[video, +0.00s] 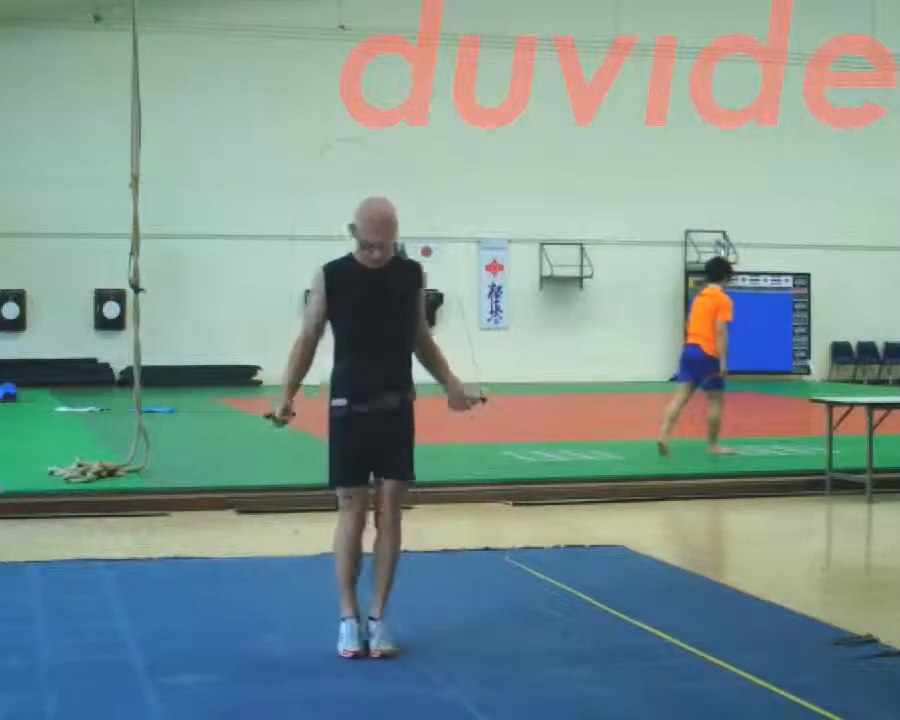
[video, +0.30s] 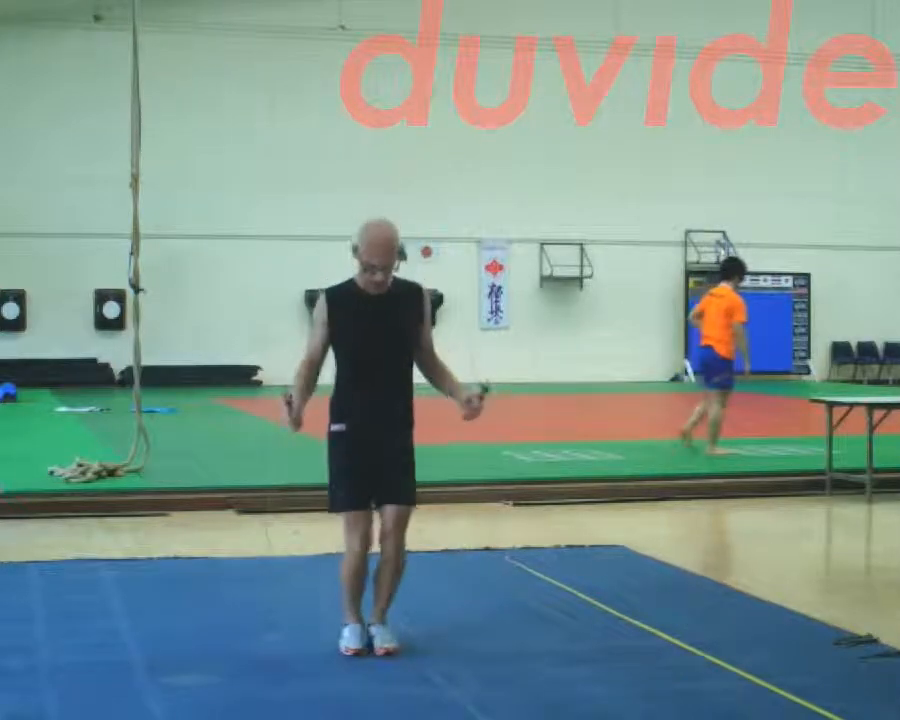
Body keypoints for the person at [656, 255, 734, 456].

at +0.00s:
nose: (730, 278)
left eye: (729, 275)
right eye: (729, 275)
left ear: (708, 275)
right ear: (725, 277)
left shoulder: (700, 297)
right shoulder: (723, 300)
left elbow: (692, 325)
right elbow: (720, 330)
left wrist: (691, 346)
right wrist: (723, 360)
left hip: (689, 349)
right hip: (708, 352)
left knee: (681, 395)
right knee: (715, 400)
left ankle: (663, 436)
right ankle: (713, 444)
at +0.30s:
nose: (742, 280)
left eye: (742, 276)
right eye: (742, 277)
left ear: (722, 274)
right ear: (738, 277)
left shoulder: (711, 294)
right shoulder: (735, 300)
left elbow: (693, 316)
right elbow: (737, 330)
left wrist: (708, 329)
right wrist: (746, 359)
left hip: (705, 348)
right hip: (721, 351)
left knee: (710, 396)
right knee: (719, 401)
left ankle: (688, 428)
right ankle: (713, 445)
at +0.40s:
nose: (746, 281)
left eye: (746, 277)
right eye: (746, 277)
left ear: (727, 275)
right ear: (743, 277)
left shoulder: (715, 295)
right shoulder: (739, 299)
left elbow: (695, 316)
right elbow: (745, 330)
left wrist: (711, 329)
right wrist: (756, 357)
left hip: (711, 347)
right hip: (725, 350)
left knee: (728, 394)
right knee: (720, 397)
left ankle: (713, 439)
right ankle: (712, 444)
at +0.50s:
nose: (751, 282)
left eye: (752, 278)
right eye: (751, 278)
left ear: (733, 275)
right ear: (746, 277)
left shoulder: (721, 294)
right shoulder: (744, 299)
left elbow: (705, 319)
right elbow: (750, 330)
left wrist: (719, 333)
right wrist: (762, 355)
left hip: (717, 348)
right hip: (731, 350)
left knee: (734, 397)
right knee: (723, 399)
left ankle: (729, 441)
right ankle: (713, 444)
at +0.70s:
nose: (762, 285)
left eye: (763, 281)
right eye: (762, 280)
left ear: (744, 278)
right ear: (758, 279)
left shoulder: (735, 299)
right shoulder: (755, 301)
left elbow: (722, 329)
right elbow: (761, 329)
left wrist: (735, 341)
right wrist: (773, 356)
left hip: (736, 353)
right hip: (748, 355)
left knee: (749, 402)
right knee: (739, 401)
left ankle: (759, 443)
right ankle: (715, 442)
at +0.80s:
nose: (769, 281)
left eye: (769, 277)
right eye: (769, 277)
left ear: (751, 276)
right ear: (764, 277)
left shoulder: (742, 297)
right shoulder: (760, 298)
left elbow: (733, 327)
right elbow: (765, 328)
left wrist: (743, 344)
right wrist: (773, 356)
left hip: (743, 352)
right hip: (757, 354)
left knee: (752, 399)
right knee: (762, 398)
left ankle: (758, 442)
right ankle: (728, 432)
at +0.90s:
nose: (775, 282)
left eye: (775, 278)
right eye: (775, 278)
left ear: (757, 275)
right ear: (770, 277)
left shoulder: (748, 295)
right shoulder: (765, 297)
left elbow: (740, 326)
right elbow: (768, 327)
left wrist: (749, 343)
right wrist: (774, 355)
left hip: (748, 351)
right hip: (761, 353)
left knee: (755, 397)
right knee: (774, 396)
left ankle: (758, 441)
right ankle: (747, 428)